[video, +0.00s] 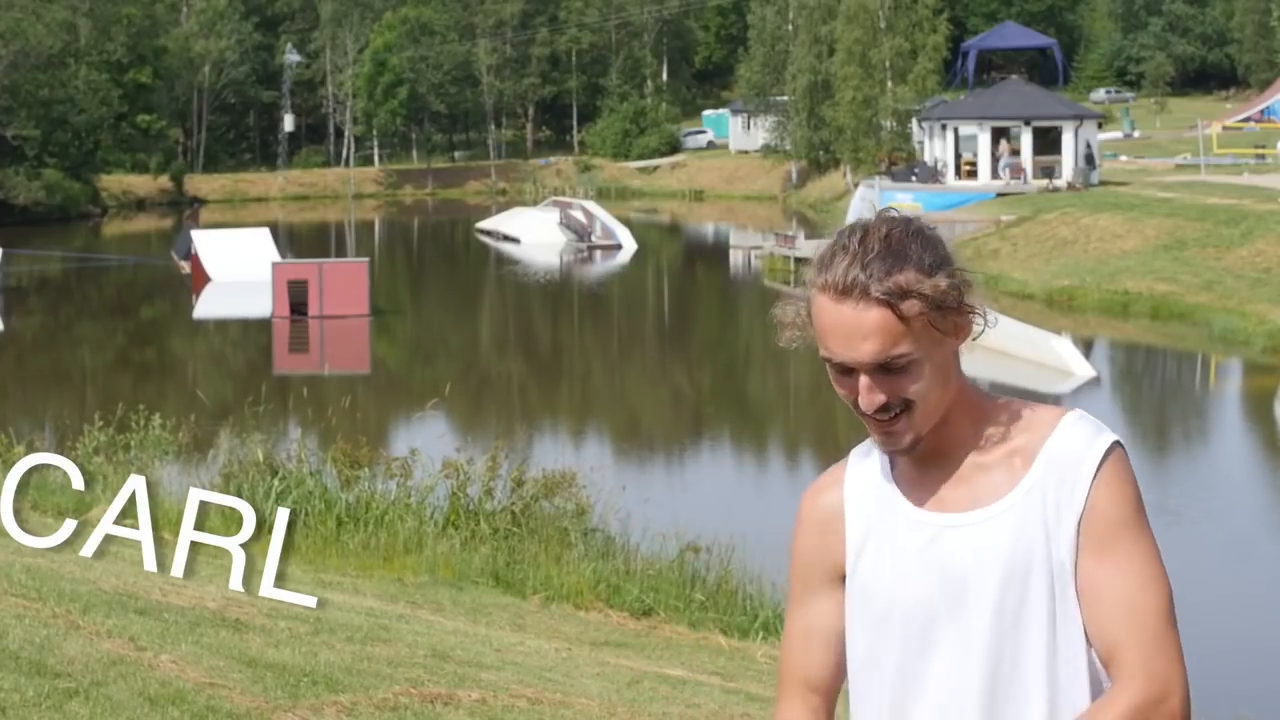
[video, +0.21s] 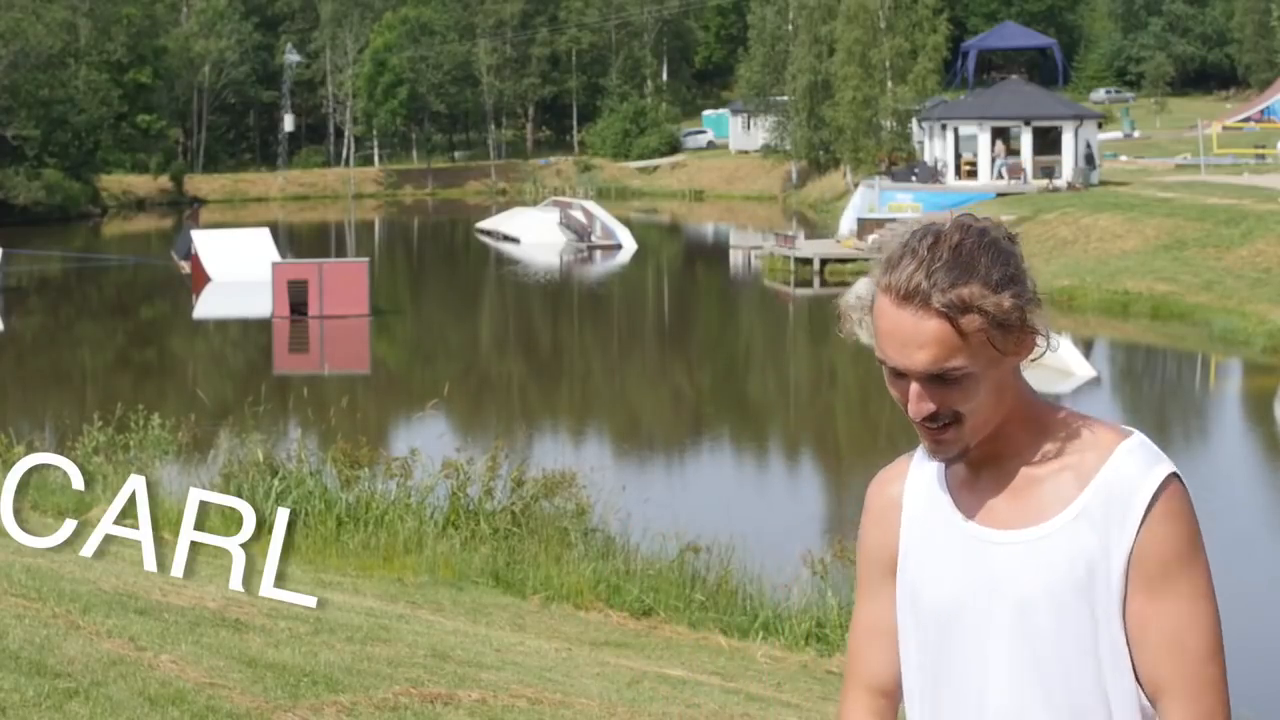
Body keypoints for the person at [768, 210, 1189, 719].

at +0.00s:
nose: (869, 399)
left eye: (895, 366)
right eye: (842, 370)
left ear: (957, 328)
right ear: (820, 350)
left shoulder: (1079, 464)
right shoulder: (834, 505)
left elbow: (1155, 694)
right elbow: (803, 697)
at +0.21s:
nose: (918, 407)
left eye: (948, 377)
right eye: (896, 374)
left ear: (1018, 342)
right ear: (880, 349)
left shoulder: (1136, 492)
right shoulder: (895, 496)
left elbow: (1194, 706)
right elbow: (870, 697)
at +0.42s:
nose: (968, 413)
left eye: (1001, 387)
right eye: (950, 378)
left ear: (1082, 357)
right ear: (939, 353)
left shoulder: (1182, 515)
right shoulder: (951, 480)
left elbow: (1222, 708)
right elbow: (919, 678)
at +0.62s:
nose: (1010, 408)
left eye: (1047, 383)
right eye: (996, 370)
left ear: (1127, 360)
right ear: (986, 344)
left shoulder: (1215, 525)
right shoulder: (975, 472)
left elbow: (1222, 710)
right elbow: (939, 668)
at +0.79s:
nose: (1017, 392)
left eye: (1055, 370)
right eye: (1004, 354)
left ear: (1137, 355)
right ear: (994, 330)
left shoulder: (1222, 524)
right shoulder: (978, 472)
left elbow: (1237, 709)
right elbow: (939, 672)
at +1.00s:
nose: (1004, 385)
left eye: (1042, 363)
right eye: (993, 347)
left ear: (1122, 352)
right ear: (983, 326)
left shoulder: (1208, 524)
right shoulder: (965, 476)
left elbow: (1238, 709)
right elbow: (915, 675)